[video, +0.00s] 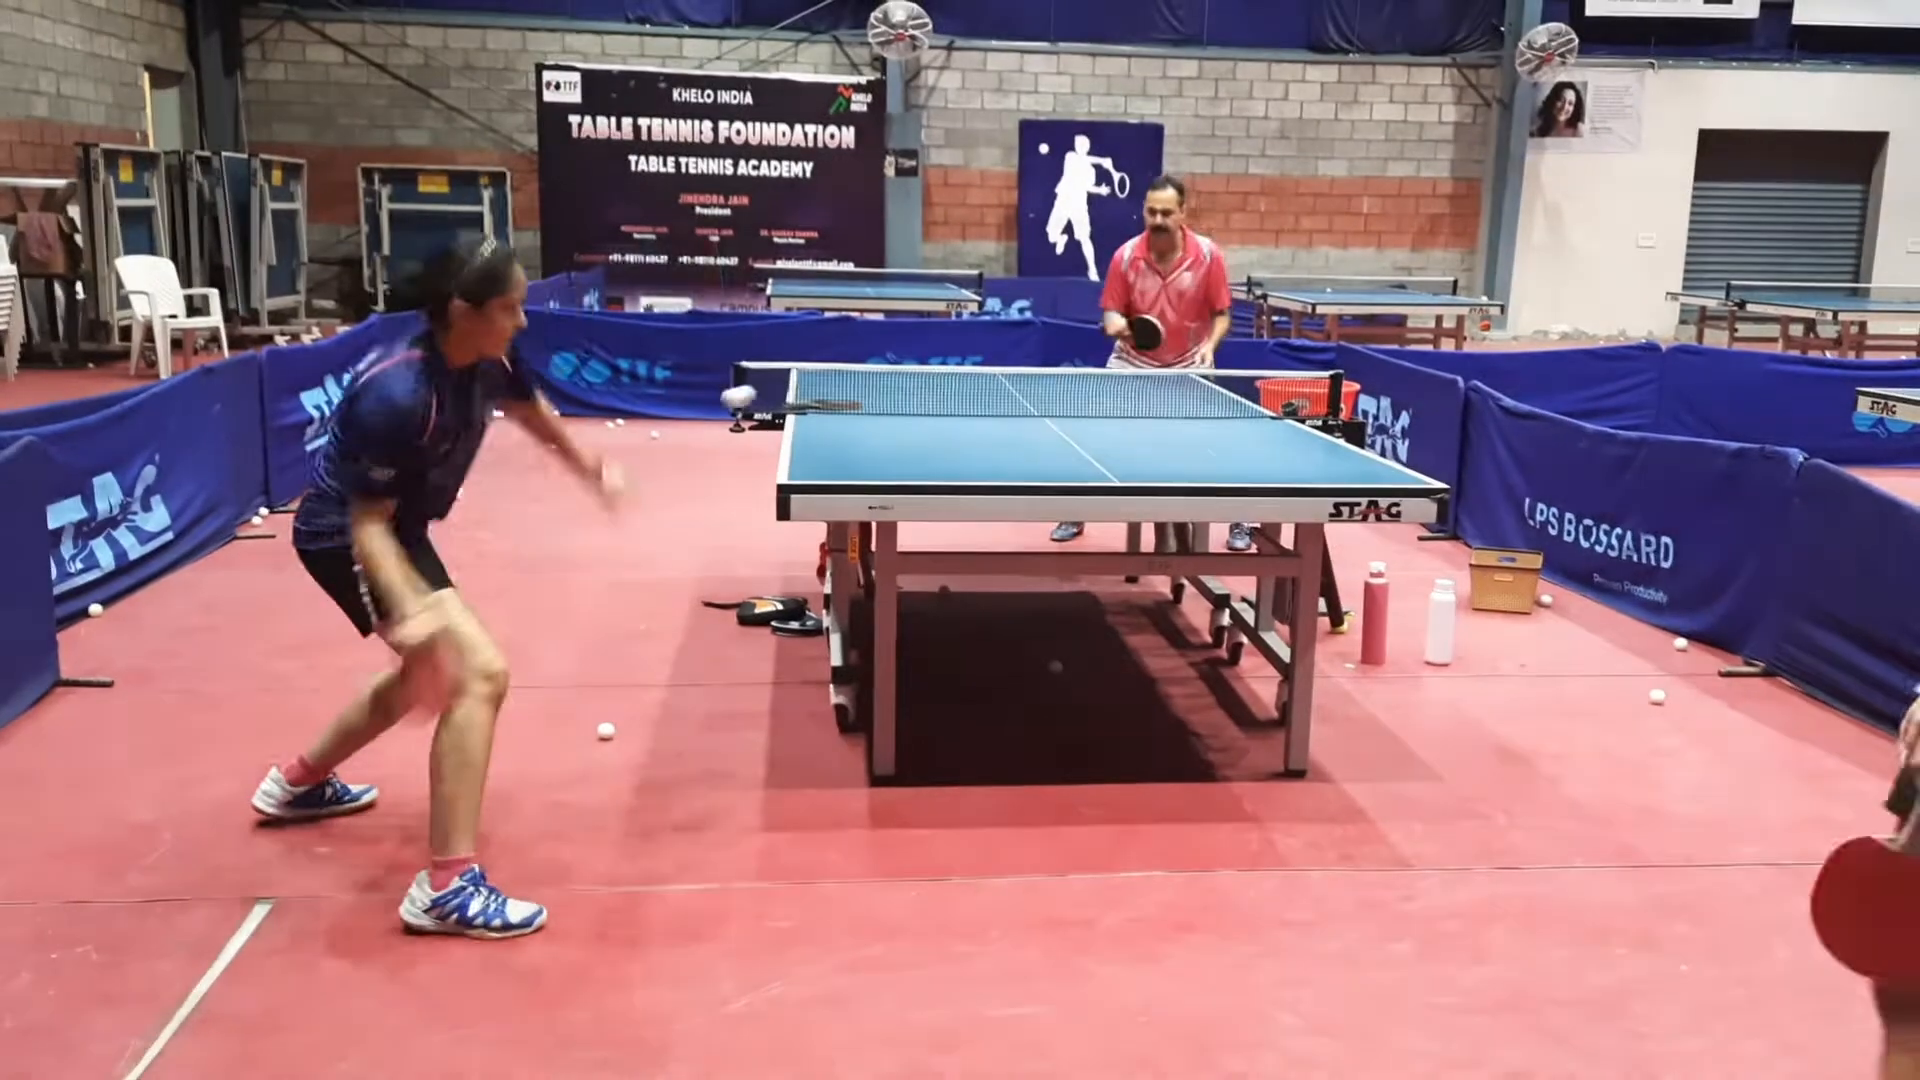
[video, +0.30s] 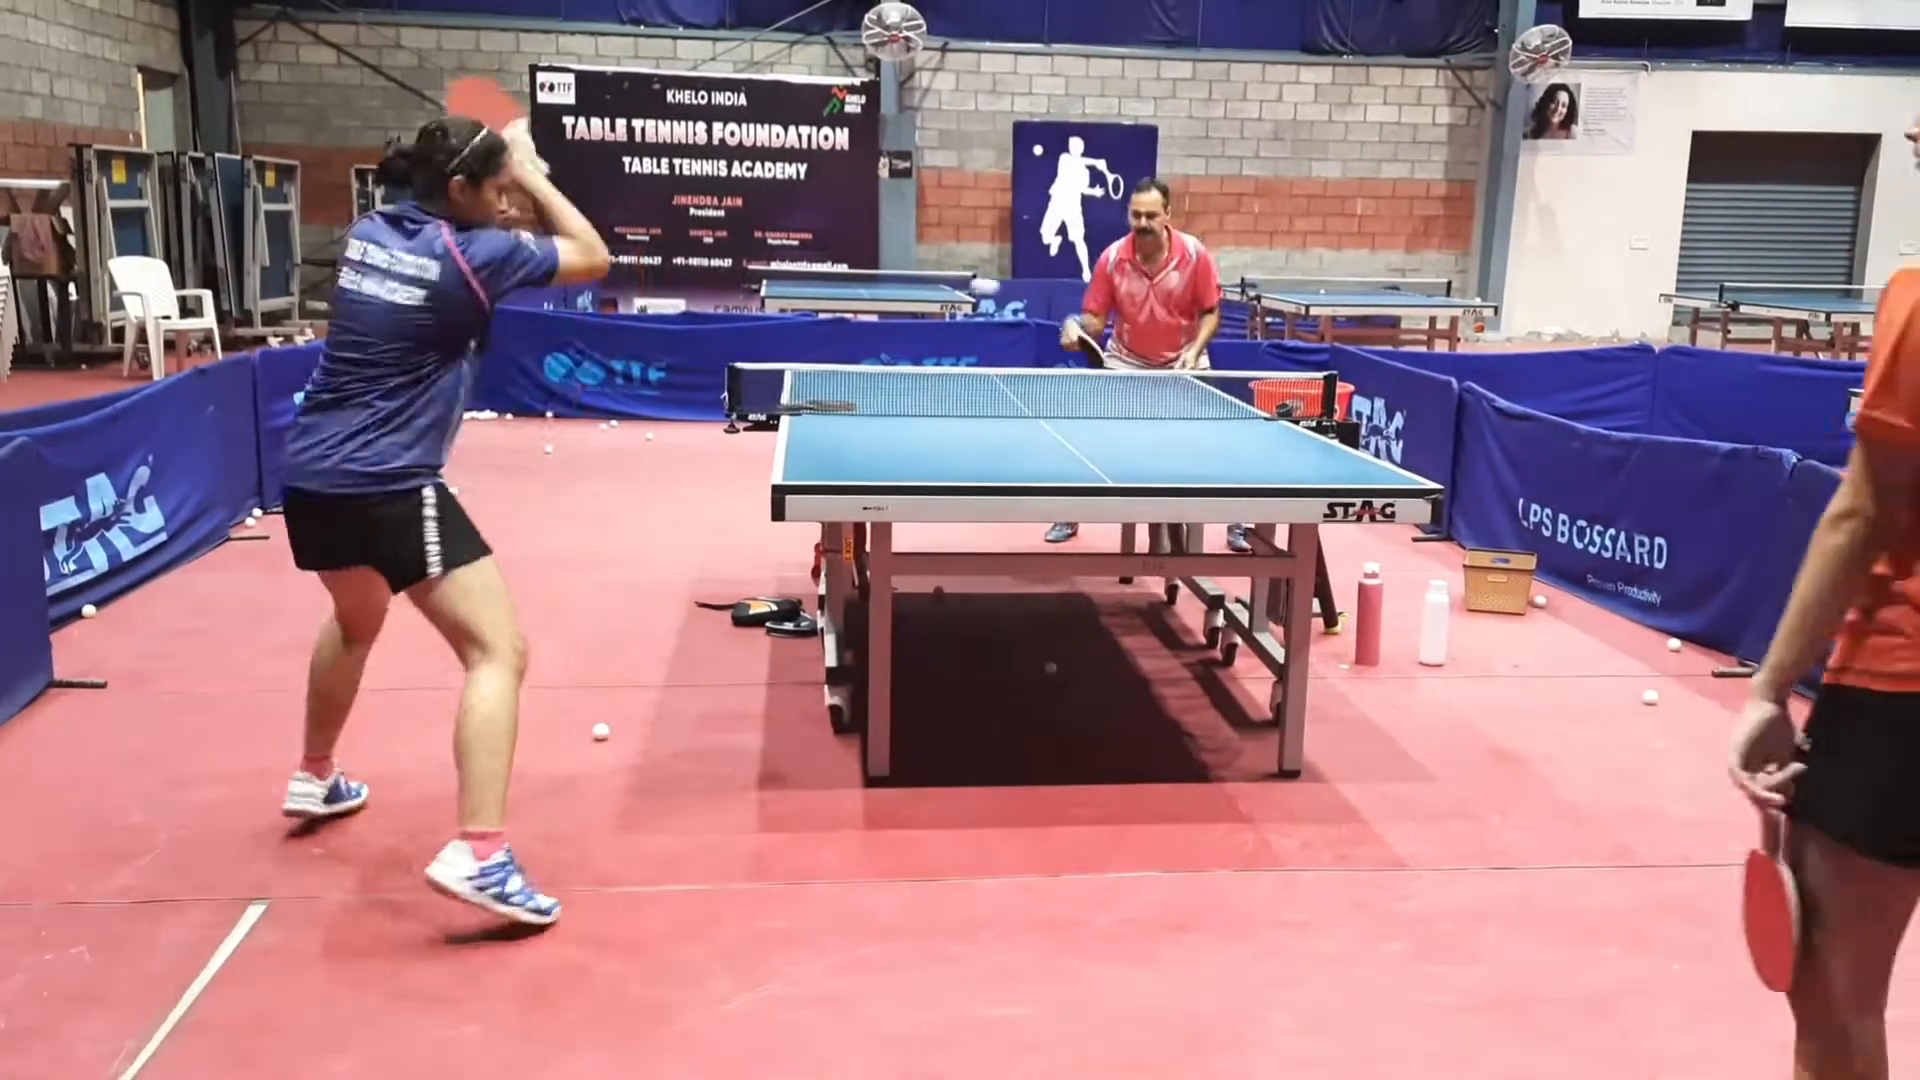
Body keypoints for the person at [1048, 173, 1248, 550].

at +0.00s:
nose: (1158, 221)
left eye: (1167, 213)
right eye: (1152, 213)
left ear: (1183, 214)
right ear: (1143, 213)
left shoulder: (1208, 255)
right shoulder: (1127, 255)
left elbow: (1223, 313)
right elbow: (1111, 313)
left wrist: (1210, 344)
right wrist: (1119, 327)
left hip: (1190, 367)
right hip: (1130, 364)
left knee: (1218, 435)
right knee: (1092, 428)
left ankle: (1239, 518)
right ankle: (1073, 512)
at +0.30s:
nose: (1142, 223)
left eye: (1150, 216)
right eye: (1135, 215)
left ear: (1167, 215)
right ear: (1129, 215)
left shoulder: (1195, 255)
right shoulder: (1112, 258)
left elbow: (1211, 311)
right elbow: (1095, 318)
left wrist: (1194, 349)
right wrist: (1076, 327)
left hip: (1183, 361)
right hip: (1125, 359)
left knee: (1217, 432)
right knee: (1089, 426)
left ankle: (1238, 520)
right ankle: (1068, 513)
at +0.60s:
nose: (1161, 237)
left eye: (1169, 229)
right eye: (1154, 229)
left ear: (1182, 223)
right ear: (1144, 223)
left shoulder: (1203, 255)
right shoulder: (1125, 258)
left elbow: (1213, 310)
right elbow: (1113, 313)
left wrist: (1201, 356)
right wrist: (1126, 310)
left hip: (1182, 362)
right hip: (1124, 360)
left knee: (1213, 435)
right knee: (1087, 426)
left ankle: (1230, 521)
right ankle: (1060, 514)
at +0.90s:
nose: (1170, 216)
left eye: (1179, 209)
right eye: (1163, 208)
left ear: (1192, 207)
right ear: (1153, 205)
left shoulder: (1209, 250)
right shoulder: (1130, 247)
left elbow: (1212, 306)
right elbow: (1109, 306)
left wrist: (1199, 351)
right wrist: (1123, 313)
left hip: (1178, 363)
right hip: (1120, 361)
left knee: (1202, 438)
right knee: (1084, 430)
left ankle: (1222, 521)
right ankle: (1053, 514)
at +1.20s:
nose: (1143, 221)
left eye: (1151, 213)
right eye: (1137, 213)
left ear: (1165, 213)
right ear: (1127, 212)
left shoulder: (1189, 257)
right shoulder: (1106, 257)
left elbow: (1201, 314)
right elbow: (1092, 312)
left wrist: (1187, 348)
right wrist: (1102, 325)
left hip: (1168, 368)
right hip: (1109, 365)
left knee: (1200, 437)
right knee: (1068, 429)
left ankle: (1214, 523)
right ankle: (1045, 515)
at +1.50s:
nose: (1124, 217)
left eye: (1132, 210)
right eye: (1117, 209)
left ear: (1146, 209)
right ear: (1107, 209)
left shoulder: (1171, 251)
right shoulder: (1090, 251)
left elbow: (1187, 310)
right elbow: (1072, 309)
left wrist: (1167, 344)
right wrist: (1055, 316)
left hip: (1158, 365)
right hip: (1098, 362)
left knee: (1190, 435)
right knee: (1061, 429)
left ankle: (1209, 522)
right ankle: (1039, 516)